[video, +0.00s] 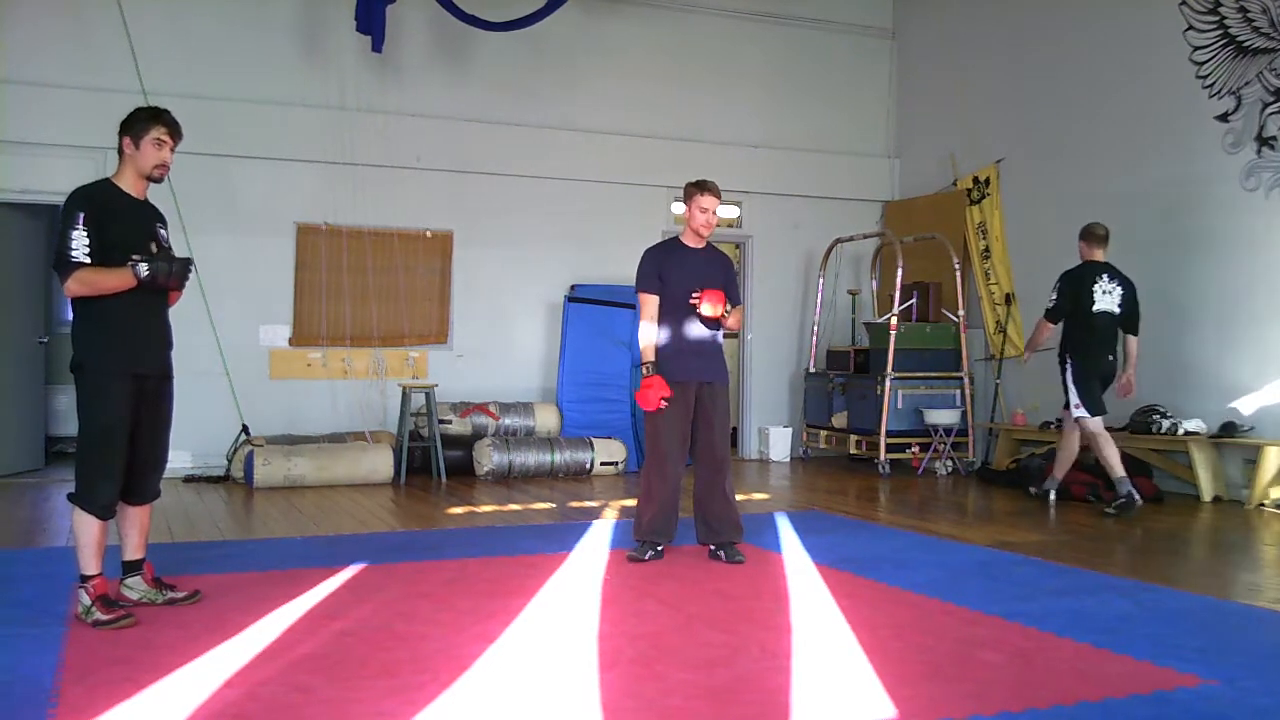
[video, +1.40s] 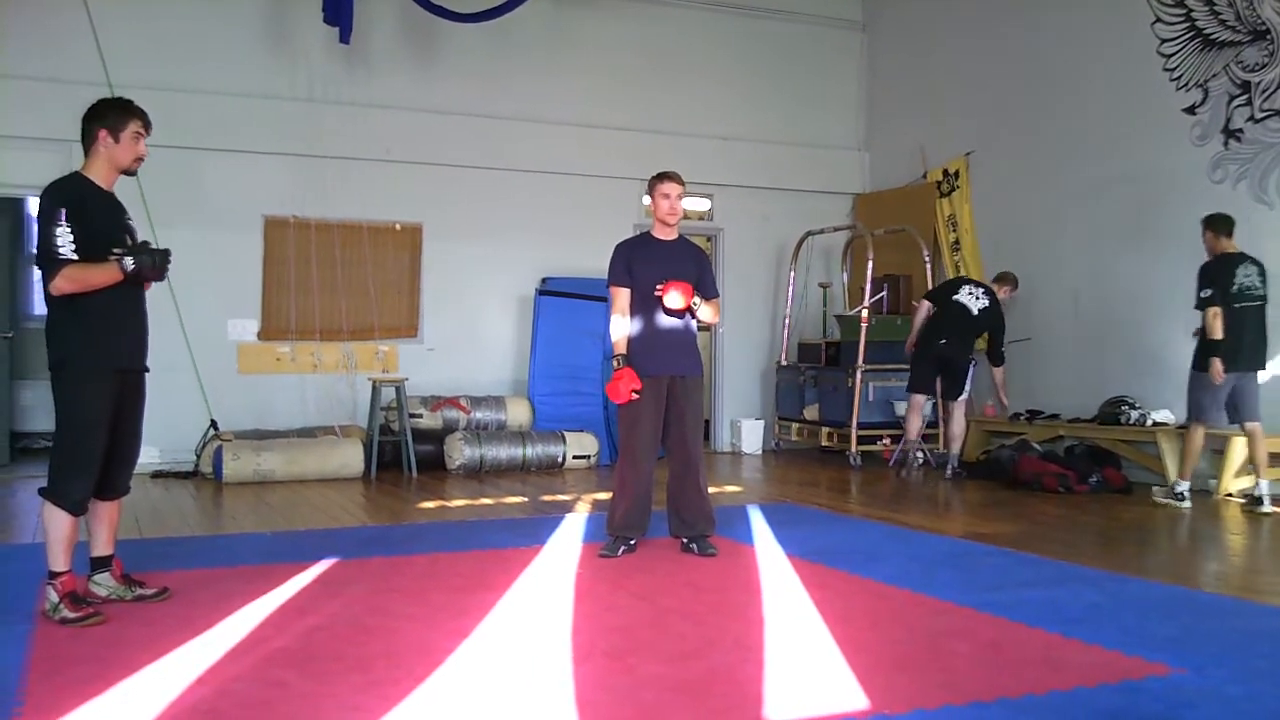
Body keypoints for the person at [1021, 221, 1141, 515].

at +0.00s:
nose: (1079, 249)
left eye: (1079, 245)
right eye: (1081, 245)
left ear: (1082, 245)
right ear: (1106, 247)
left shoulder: (1072, 278)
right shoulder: (1124, 283)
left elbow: (1048, 324)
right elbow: (1131, 332)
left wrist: (1029, 347)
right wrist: (1130, 371)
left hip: (1077, 361)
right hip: (1107, 363)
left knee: (1093, 428)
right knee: (1072, 423)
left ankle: (1125, 492)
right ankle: (1050, 486)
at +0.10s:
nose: (1069, 250)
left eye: (1069, 245)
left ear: (1070, 246)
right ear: (1094, 248)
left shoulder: (1058, 278)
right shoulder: (1110, 284)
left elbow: (1037, 324)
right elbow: (1115, 333)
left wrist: (1022, 349)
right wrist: (1114, 370)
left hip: (1061, 360)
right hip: (1091, 363)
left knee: (1053, 425)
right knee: (1063, 427)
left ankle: (1101, 472)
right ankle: (1048, 487)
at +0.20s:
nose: (1030, 249)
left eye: (1026, 244)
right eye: (1038, 246)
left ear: (1024, 244)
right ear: (1048, 247)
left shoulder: (1010, 275)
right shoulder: (1062, 282)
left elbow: (994, 321)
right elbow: (1065, 331)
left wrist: (980, 353)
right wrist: (1060, 364)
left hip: (1012, 355)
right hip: (1043, 359)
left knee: (991, 413)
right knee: (1020, 418)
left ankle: (1031, 460)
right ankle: (1014, 482)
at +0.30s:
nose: (999, 249)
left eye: (995, 243)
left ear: (993, 243)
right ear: (1017, 246)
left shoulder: (978, 273)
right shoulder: (1030, 279)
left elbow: (964, 319)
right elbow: (1033, 328)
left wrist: (952, 353)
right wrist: (1021, 355)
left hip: (980, 351)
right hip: (1011, 354)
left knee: (962, 407)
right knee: (996, 415)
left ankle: (970, 470)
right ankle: (994, 480)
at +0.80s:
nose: (981, 256)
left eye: (978, 251)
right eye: (983, 252)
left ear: (961, 246)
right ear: (983, 251)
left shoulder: (938, 272)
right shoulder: (993, 279)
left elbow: (922, 313)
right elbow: (999, 325)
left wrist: (913, 348)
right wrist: (996, 357)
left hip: (944, 351)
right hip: (976, 354)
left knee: (943, 410)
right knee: (969, 406)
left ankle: (942, 470)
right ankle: (966, 462)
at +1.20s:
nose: (997, 282)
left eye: (998, 279)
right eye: (999, 278)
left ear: (981, 265)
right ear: (996, 274)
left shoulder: (948, 278)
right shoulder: (990, 298)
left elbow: (920, 304)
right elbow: (996, 344)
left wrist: (912, 340)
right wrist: (998, 378)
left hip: (929, 351)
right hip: (960, 357)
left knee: (930, 411)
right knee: (957, 410)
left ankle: (937, 464)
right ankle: (952, 465)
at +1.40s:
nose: (1008, 299)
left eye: (1009, 295)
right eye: (1010, 295)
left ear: (993, 279)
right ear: (1006, 290)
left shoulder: (961, 282)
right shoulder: (996, 313)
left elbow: (926, 302)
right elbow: (996, 359)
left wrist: (913, 335)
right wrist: (1000, 392)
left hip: (928, 346)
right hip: (958, 356)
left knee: (916, 402)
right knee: (957, 410)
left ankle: (909, 455)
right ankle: (952, 465)